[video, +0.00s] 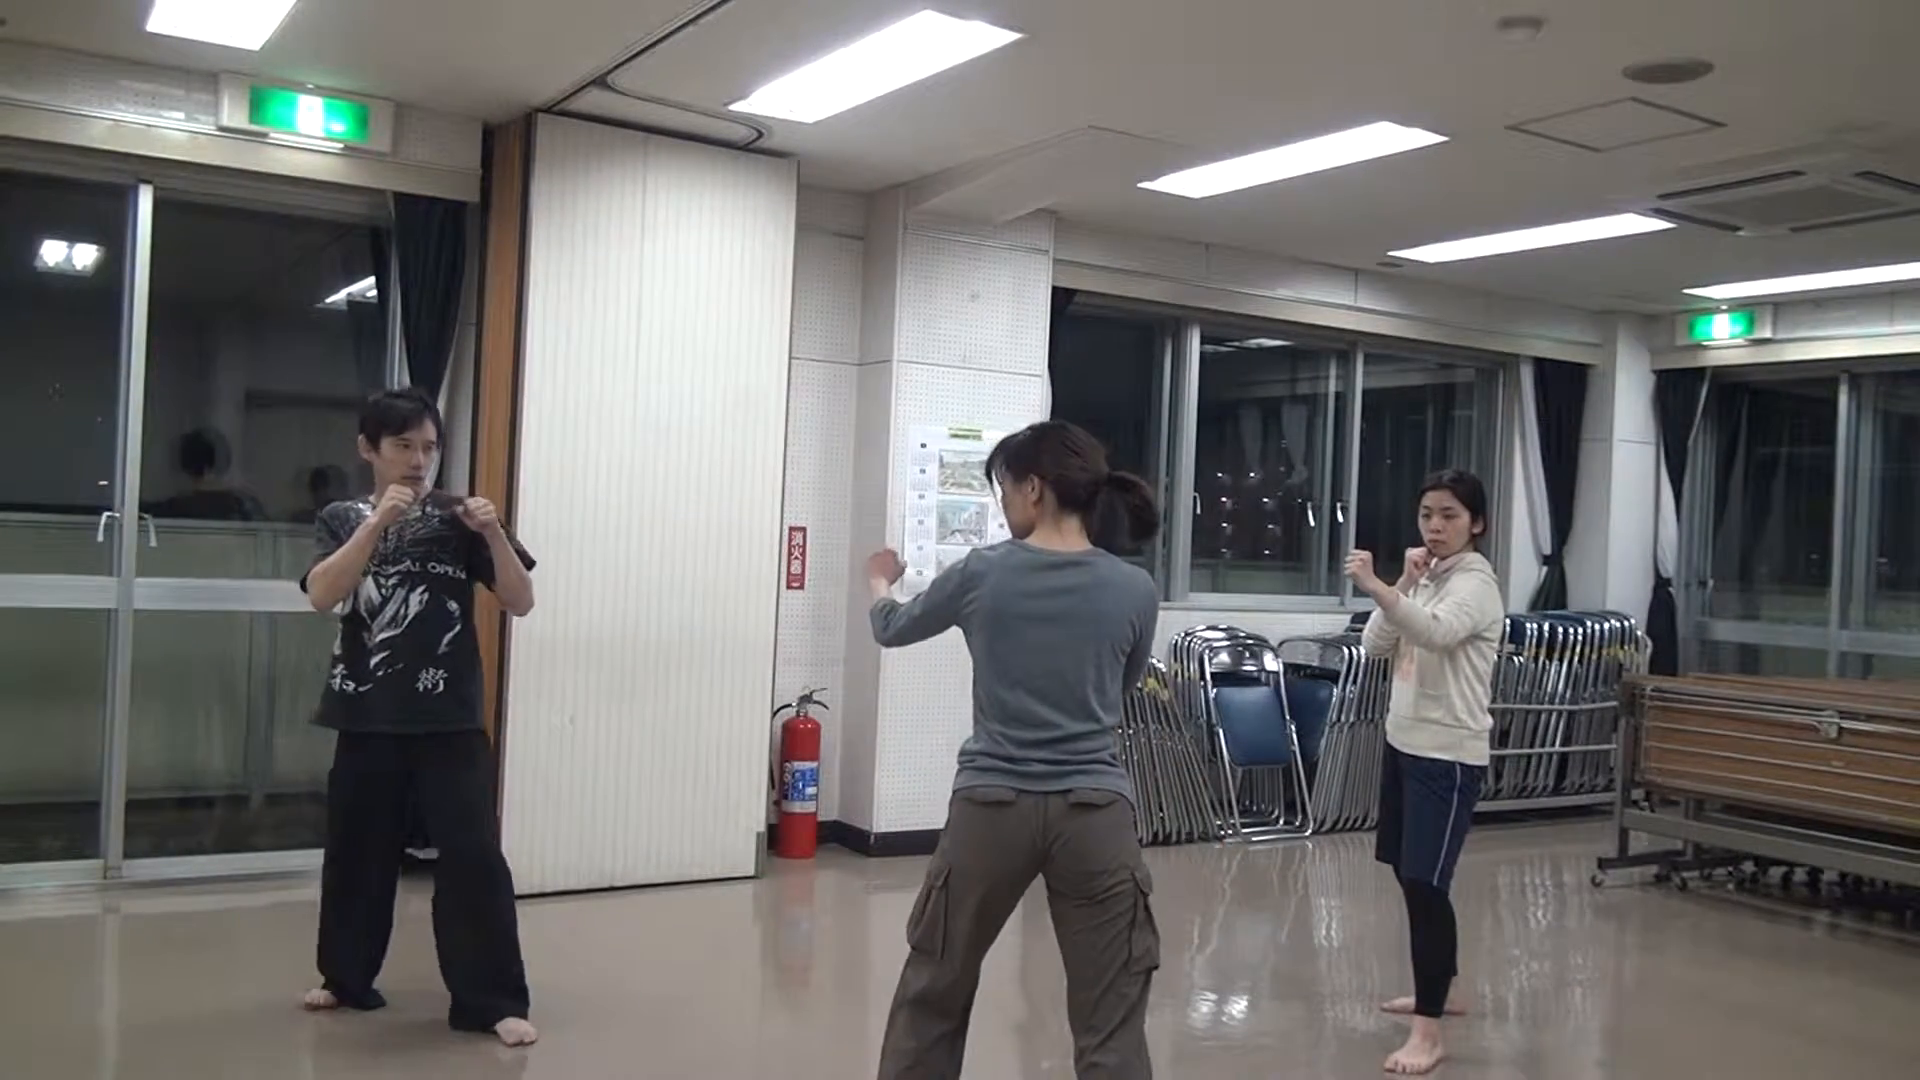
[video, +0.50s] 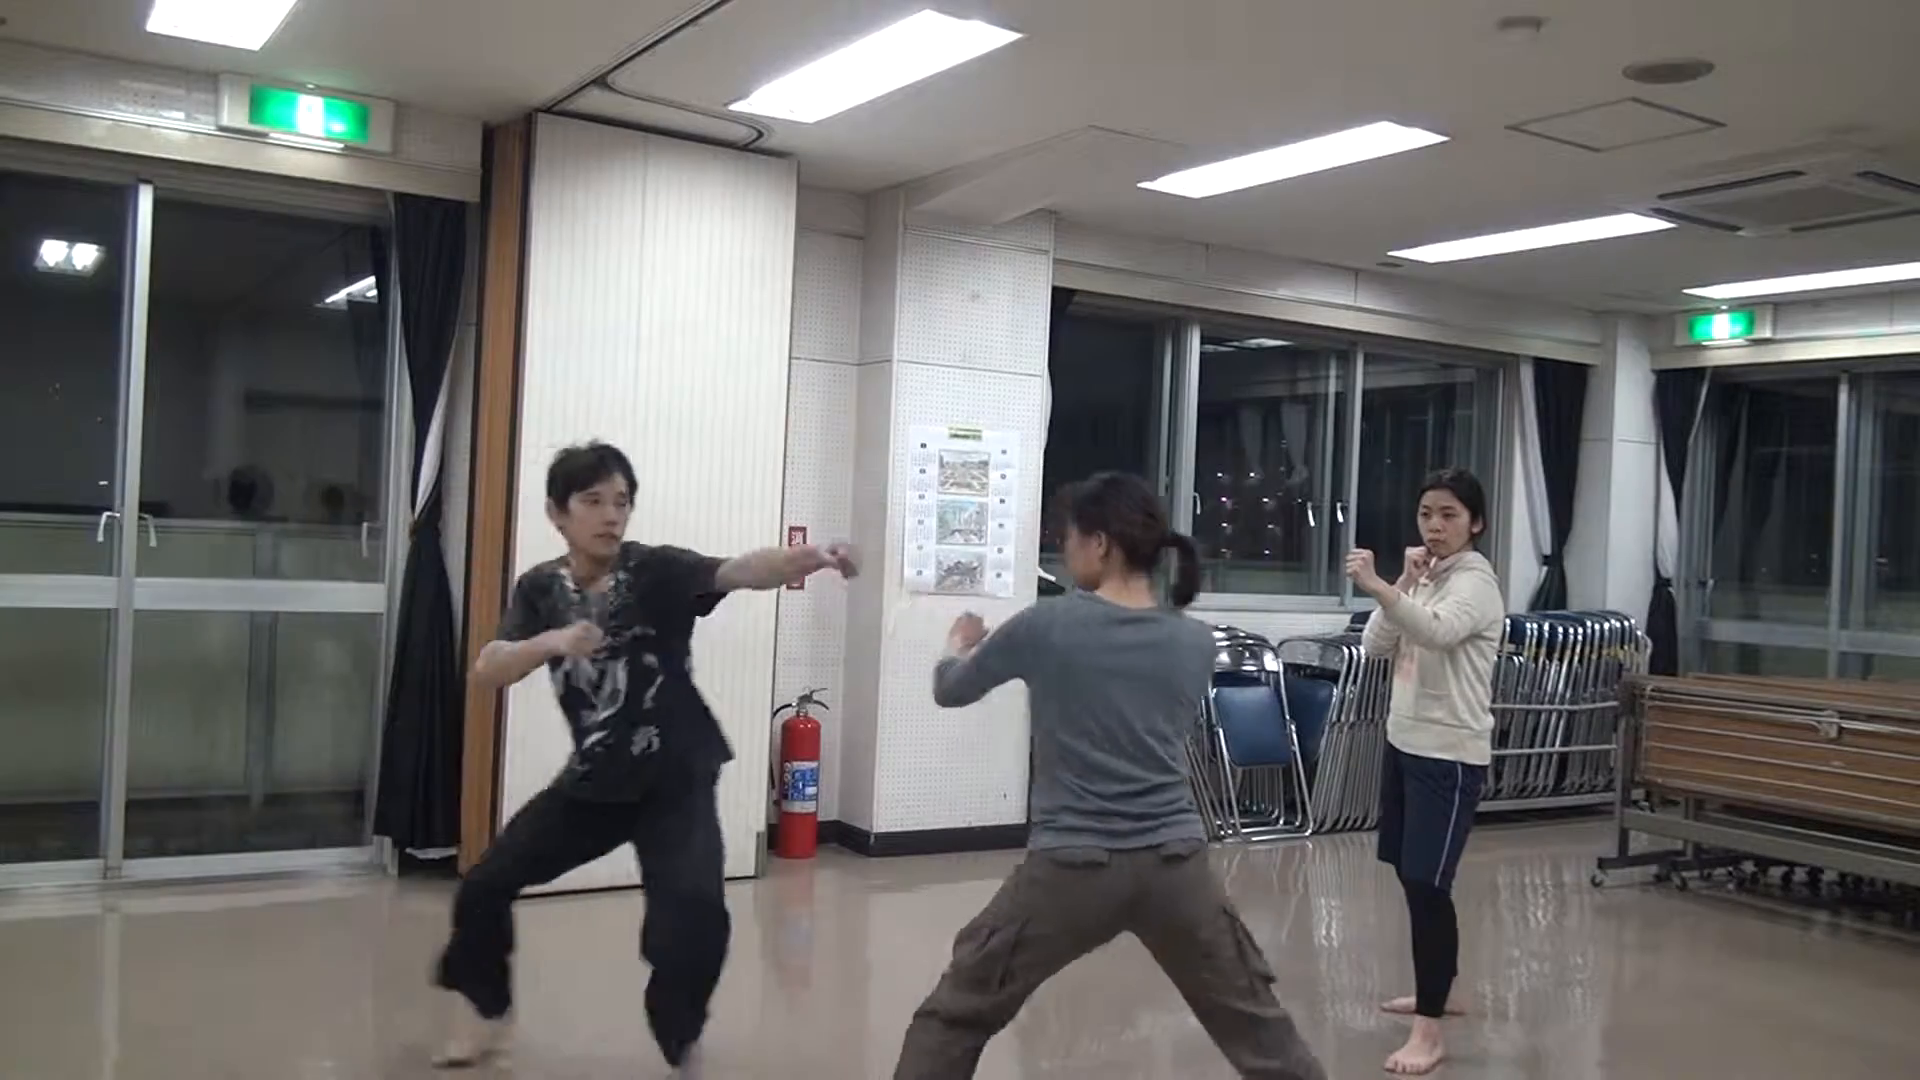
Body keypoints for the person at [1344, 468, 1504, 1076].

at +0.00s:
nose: (1433, 525)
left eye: (1447, 515)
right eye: (1427, 514)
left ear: (1475, 523)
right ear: (1419, 520)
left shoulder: (1477, 582)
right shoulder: (1422, 581)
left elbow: (1441, 632)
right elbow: (1374, 645)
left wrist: (1380, 588)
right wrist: (1404, 588)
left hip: (1446, 756)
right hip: (1406, 748)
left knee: (1425, 884)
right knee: (1408, 873)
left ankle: (1426, 1033)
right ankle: (1440, 990)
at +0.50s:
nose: (1434, 524)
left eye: (1447, 514)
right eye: (1427, 514)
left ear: (1474, 523)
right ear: (1418, 521)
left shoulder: (1477, 581)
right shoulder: (1421, 581)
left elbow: (1442, 631)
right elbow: (1375, 646)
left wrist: (1380, 588)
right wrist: (1404, 587)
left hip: (1448, 756)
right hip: (1406, 748)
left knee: (1427, 884)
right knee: (1408, 871)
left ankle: (1427, 1032)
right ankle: (1439, 989)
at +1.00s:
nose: (1437, 529)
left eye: (1450, 520)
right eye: (1428, 518)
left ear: (1473, 528)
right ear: (1417, 523)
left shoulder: (1477, 581)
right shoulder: (1413, 576)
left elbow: (1457, 637)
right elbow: (1372, 647)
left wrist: (1413, 591)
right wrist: (1406, 590)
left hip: (1455, 754)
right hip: (1405, 748)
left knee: (1433, 885)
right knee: (1389, 857)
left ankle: (1428, 1028)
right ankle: (1436, 981)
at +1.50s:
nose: (1439, 531)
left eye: (1452, 521)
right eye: (1430, 520)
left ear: (1475, 528)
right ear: (1419, 524)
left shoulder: (1479, 582)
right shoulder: (1416, 582)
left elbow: (1461, 637)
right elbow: (1372, 648)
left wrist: (1405, 593)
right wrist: (1404, 591)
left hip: (1456, 758)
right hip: (1408, 752)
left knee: (1429, 887)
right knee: (1390, 864)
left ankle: (1428, 1034)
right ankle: (1437, 986)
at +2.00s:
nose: (1438, 531)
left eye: (1451, 521)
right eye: (1429, 520)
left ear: (1475, 529)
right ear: (1418, 525)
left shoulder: (1480, 584)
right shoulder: (1415, 582)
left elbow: (1467, 639)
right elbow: (1373, 650)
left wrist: (1415, 597)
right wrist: (1404, 595)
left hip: (1456, 759)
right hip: (1403, 750)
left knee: (1433, 887)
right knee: (1390, 864)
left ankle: (1431, 1031)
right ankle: (1438, 984)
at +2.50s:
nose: (1441, 531)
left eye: (1454, 520)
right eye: (1432, 519)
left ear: (1477, 529)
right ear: (1419, 524)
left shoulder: (1480, 584)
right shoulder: (1414, 579)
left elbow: (1466, 638)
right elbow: (1371, 648)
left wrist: (1413, 595)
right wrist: (1405, 598)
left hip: (1453, 758)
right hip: (1400, 749)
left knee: (1431, 886)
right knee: (1390, 865)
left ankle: (1429, 1032)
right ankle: (1438, 985)